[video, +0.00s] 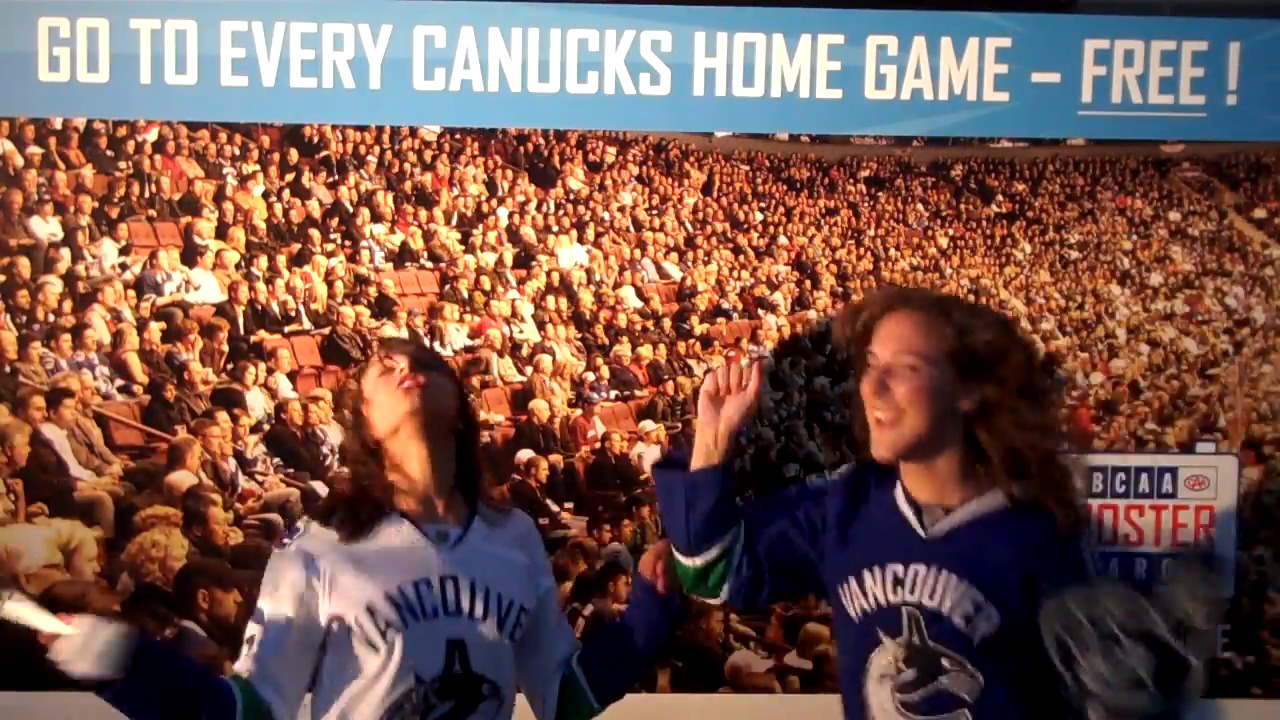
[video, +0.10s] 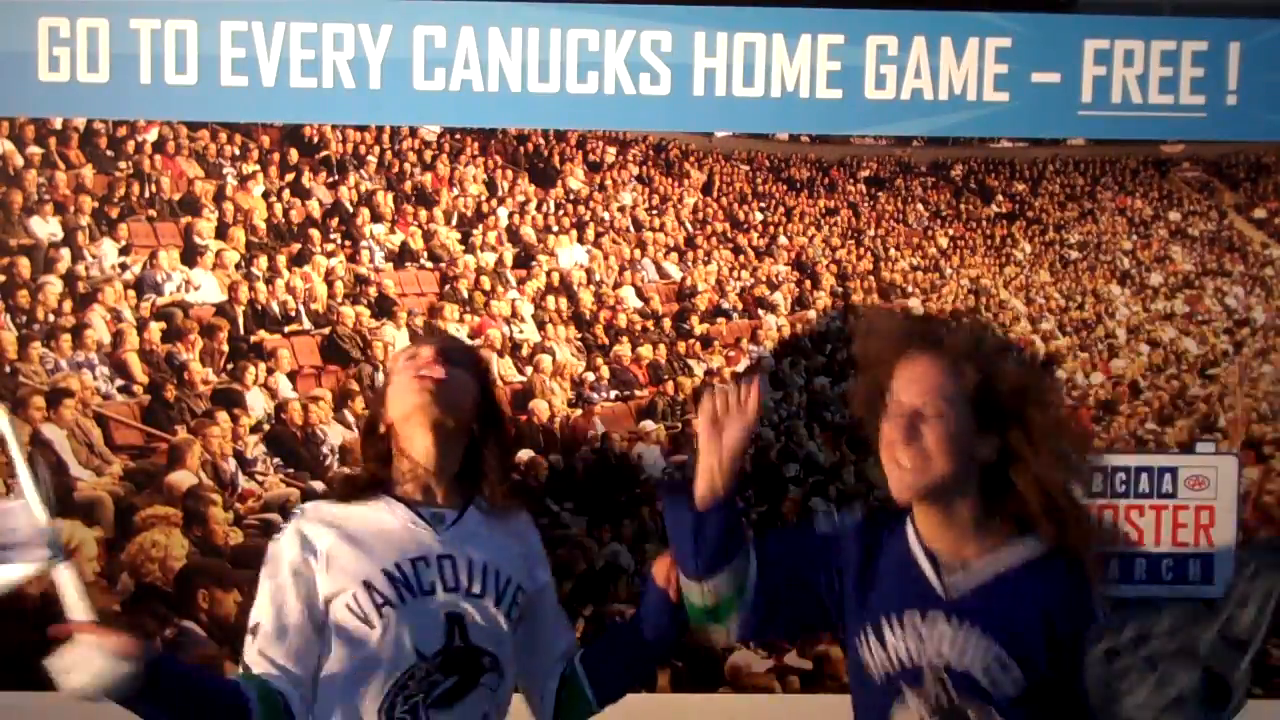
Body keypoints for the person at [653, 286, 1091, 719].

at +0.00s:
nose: (872, 386)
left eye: (903, 368)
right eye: (870, 367)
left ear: (968, 389)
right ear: (861, 380)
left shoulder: (1036, 533)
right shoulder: (843, 508)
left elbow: (1087, 679)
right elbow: (713, 572)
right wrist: (711, 436)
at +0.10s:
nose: (896, 435)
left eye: (925, 417)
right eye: (891, 413)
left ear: (987, 439)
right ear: (876, 422)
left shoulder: (1061, 586)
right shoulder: (860, 553)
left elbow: (1094, 706)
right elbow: (722, 604)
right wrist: (713, 475)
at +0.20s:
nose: (918, 432)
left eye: (942, 415)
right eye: (907, 417)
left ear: (999, 438)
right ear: (895, 440)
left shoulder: (1081, 579)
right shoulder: (869, 558)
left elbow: (1133, 699)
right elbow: (750, 664)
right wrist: (721, 535)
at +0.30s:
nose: (937, 388)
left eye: (959, 370)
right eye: (918, 379)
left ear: (1008, 397)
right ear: (900, 414)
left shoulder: (1096, 533)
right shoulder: (877, 542)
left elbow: (1211, 640)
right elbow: (833, 680)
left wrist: (1227, 510)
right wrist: (730, 627)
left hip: (1051, 713)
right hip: (913, 716)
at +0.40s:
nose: (962, 422)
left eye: (976, 398)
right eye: (939, 413)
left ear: (1023, 411)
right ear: (924, 453)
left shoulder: (1118, 540)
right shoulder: (908, 578)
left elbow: (1255, 505)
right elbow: (872, 703)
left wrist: (1193, 400)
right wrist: (748, 677)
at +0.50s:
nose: (958, 454)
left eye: (979, 431)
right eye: (942, 446)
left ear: (1037, 446)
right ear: (934, 478)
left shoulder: (1123, 570)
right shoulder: (923, 596)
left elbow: (1230, 504)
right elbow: (858, 710)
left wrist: (1135, 383)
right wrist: (774, 646)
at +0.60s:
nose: (937, 415)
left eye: (962, 389)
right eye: (926, 397)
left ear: (1024, 406)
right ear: (919, 422)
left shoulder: (1115, 536)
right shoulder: (908, 543)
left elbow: (1252, 591)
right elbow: (792, 625)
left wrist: (1213, 443)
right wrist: (764, 513)